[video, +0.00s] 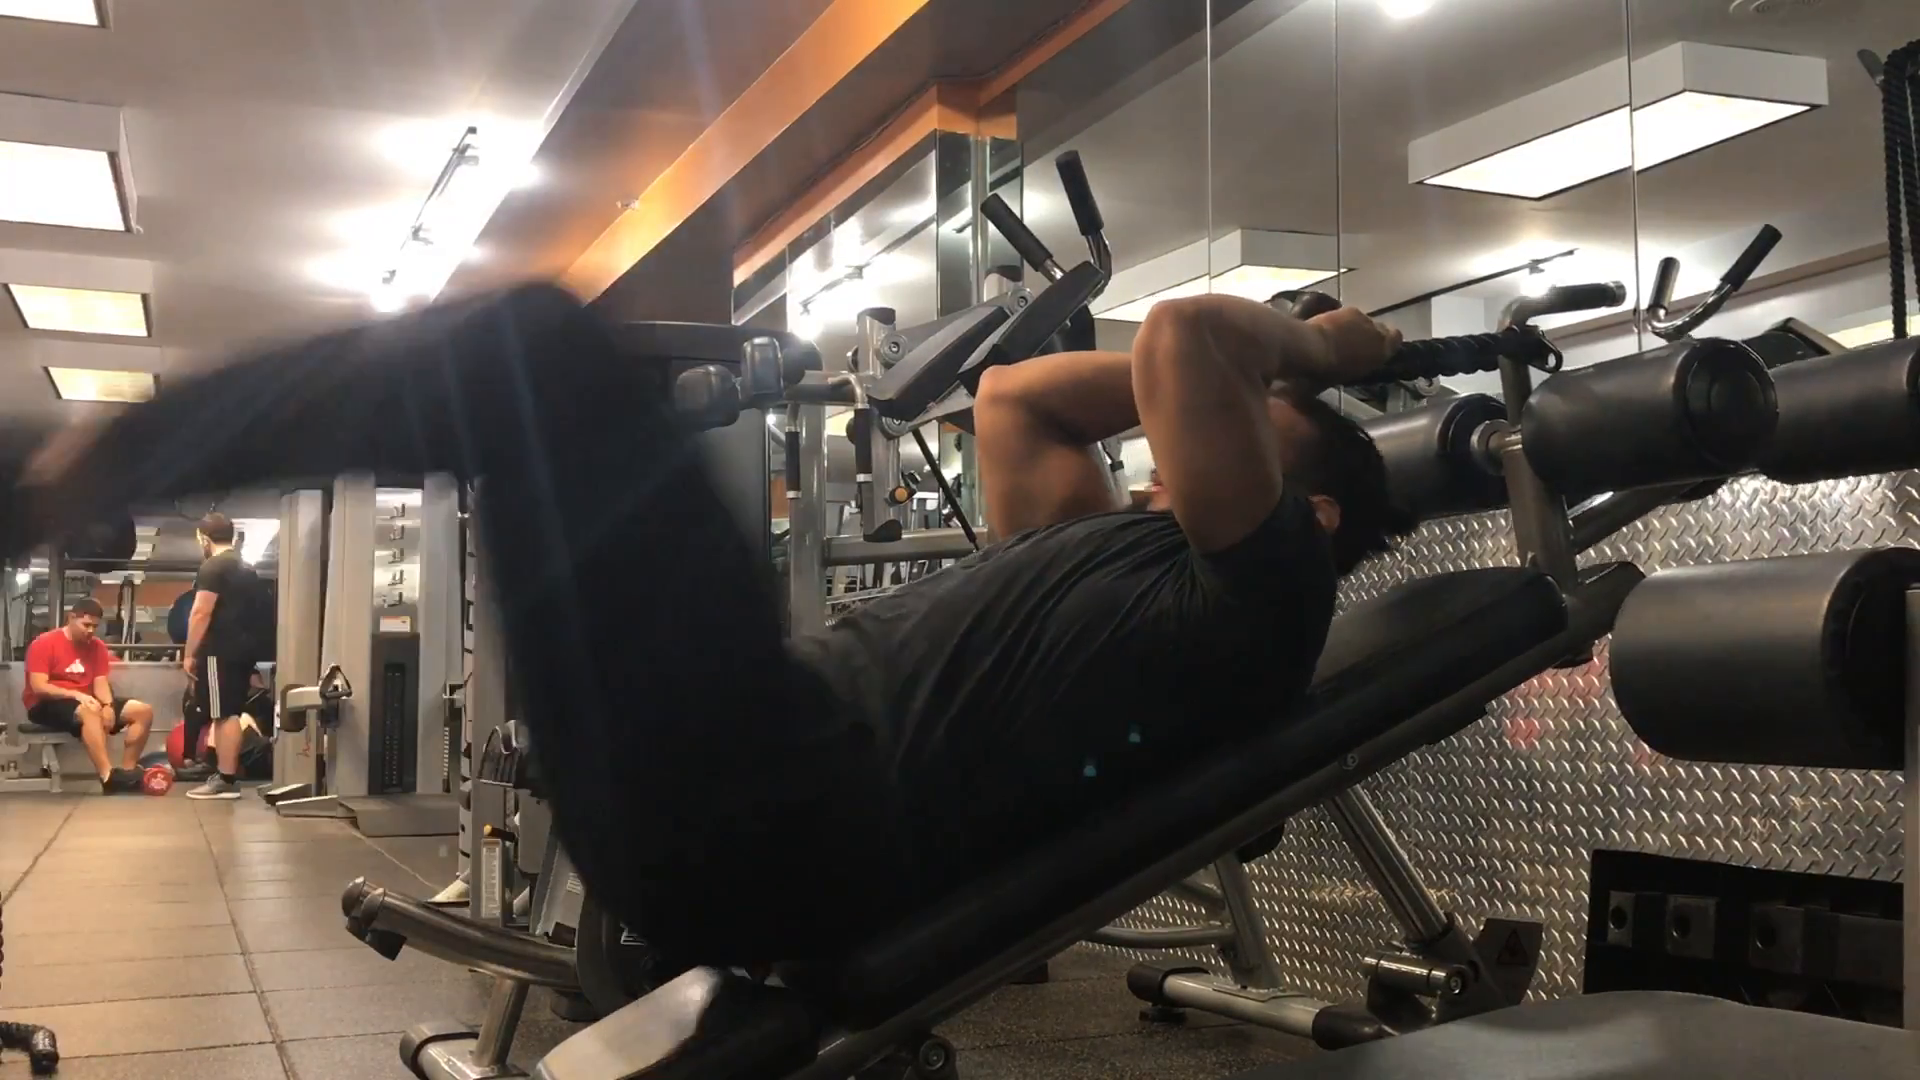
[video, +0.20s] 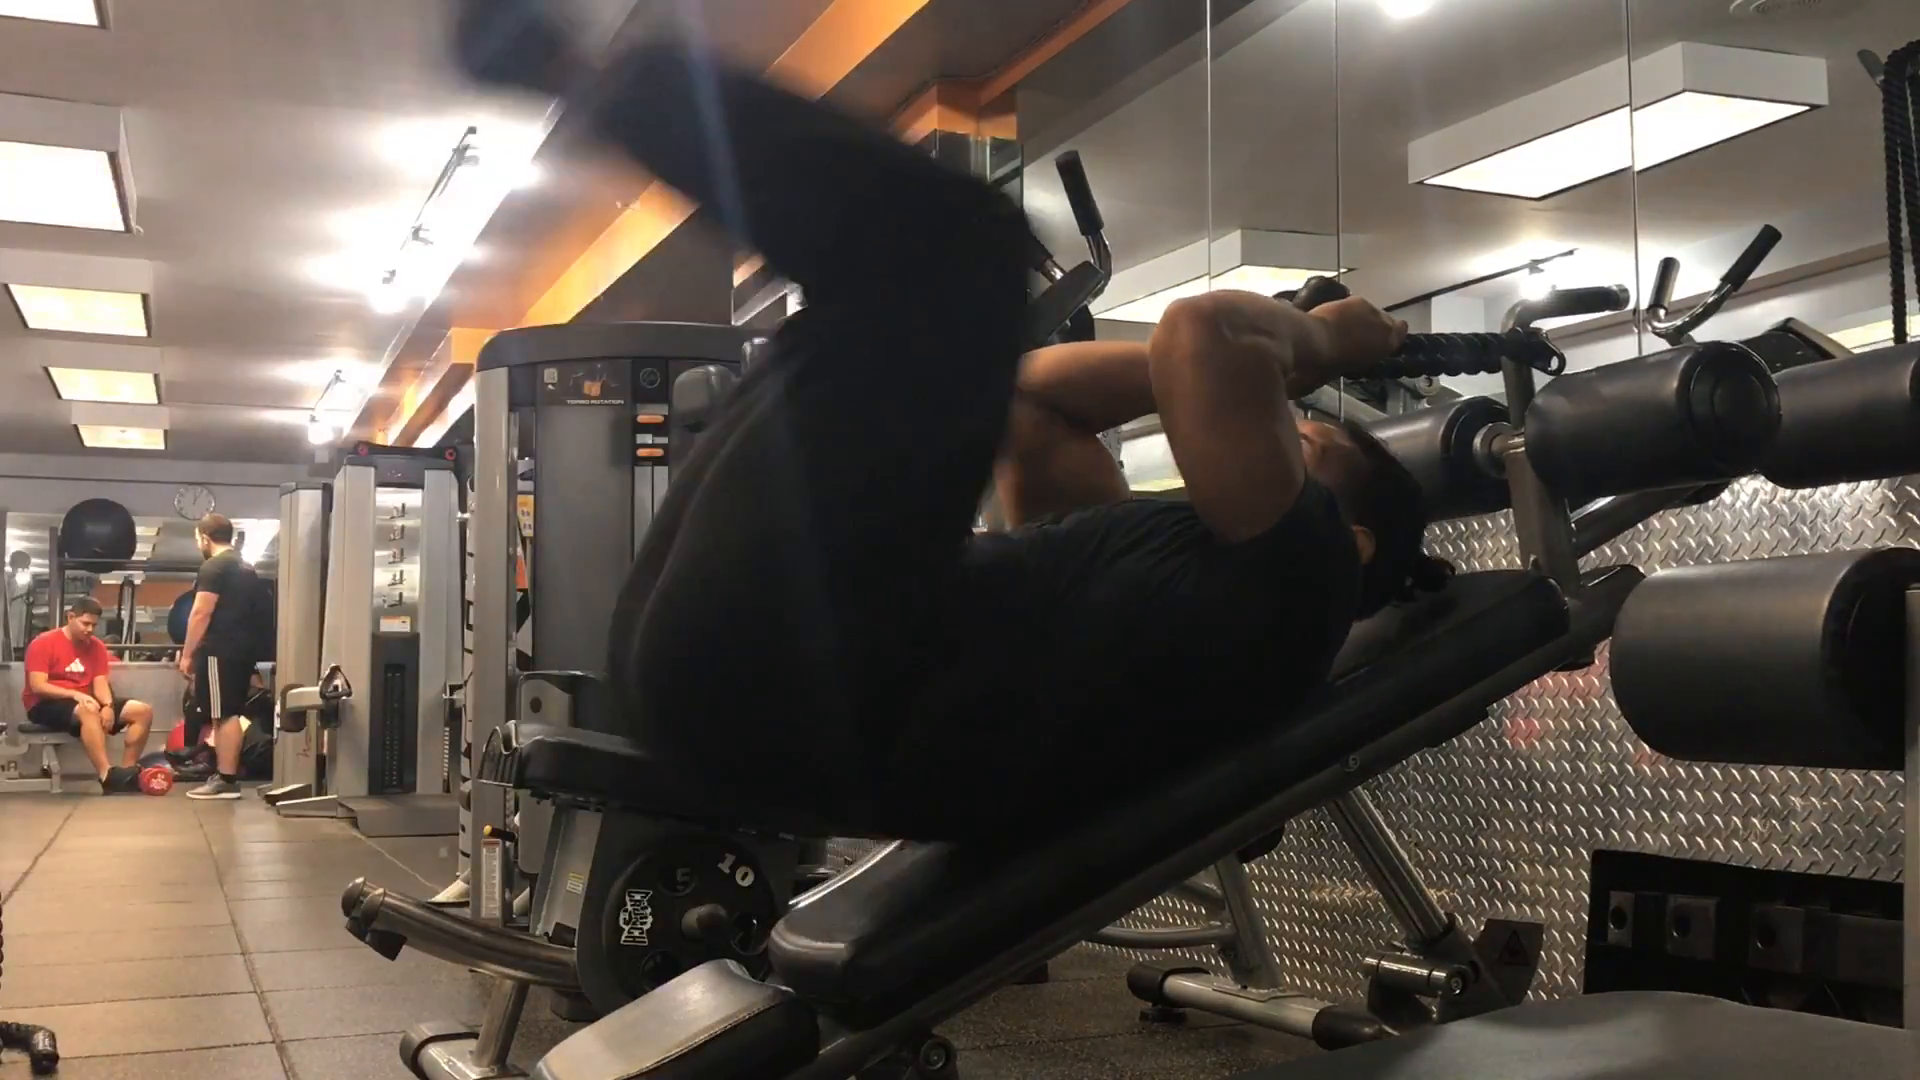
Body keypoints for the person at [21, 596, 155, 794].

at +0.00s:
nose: (90, 631)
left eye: (95, 626)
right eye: (86, 625)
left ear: (98, 625)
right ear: (71, 618)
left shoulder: (97, 647)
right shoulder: (44, 644)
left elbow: (101, 684)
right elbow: (38, 686)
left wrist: (108, 706)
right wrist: (78, 695)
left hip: (85, 702)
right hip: (47, 705)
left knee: (143, 712)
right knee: (90, 714)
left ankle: (129, 773)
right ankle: (108, 777)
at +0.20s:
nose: (89, 630)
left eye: (93, 625)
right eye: (85, 623)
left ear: (97, 624)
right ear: (70, 617)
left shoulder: (96, 646)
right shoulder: (43, 643)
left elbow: (100, 684)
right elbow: (37, 685)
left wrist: (107, 706)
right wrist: (76, 695)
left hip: (84, 702)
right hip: (46, 705)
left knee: (143, 712)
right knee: (89, 711)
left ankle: (128, 773)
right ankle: (106, 776)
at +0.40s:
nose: (90, 629)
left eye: (94, 624)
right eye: (86, 622)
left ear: (98, 623)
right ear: (71, 616)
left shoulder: (97, 646)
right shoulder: (44, 643)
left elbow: (100, 682)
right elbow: (37, 684)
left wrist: (108, 705)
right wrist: (77, 694)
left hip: (83, 702)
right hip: (46, 704)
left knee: (143, 711)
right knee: (92, 712)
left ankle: (129, 773)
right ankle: (107, 777)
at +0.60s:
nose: (90, 629)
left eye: (94, 624)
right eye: (86, 623)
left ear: (98, 623)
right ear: (71, 616)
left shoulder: (97, 646)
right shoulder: (44, 643)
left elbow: (100, 682)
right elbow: (40, 684)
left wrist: (107, 706)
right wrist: (79, 693)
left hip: (83, 702)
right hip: (46, 704)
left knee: (143, 711)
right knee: (93, 712)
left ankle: (129, 773)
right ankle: (108, 777)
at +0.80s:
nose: (89, 628)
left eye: (93, 623)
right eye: (85, 621)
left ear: (97, 623)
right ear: (70, 616)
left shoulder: (95, 646)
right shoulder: (43, 642)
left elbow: (100, 682)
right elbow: (39, 683)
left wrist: (108, 705)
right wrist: (80, 693)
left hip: (82, 702)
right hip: (46, 704)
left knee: (143, 711)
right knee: (94, 712)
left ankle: (129, 772)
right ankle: (108, 777)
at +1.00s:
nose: (84, 625)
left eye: (88, 620)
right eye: (80, 618)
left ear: (92, 621)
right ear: (66, 613)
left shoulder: (91, 645)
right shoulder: (39, 640)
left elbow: (97, 680)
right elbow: (38, 682)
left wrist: (106, 702)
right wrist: (78, 691)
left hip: (80, 701)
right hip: (44, 702)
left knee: (142, 711)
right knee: (93, 709)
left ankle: (129, 774)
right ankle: (106, 776)